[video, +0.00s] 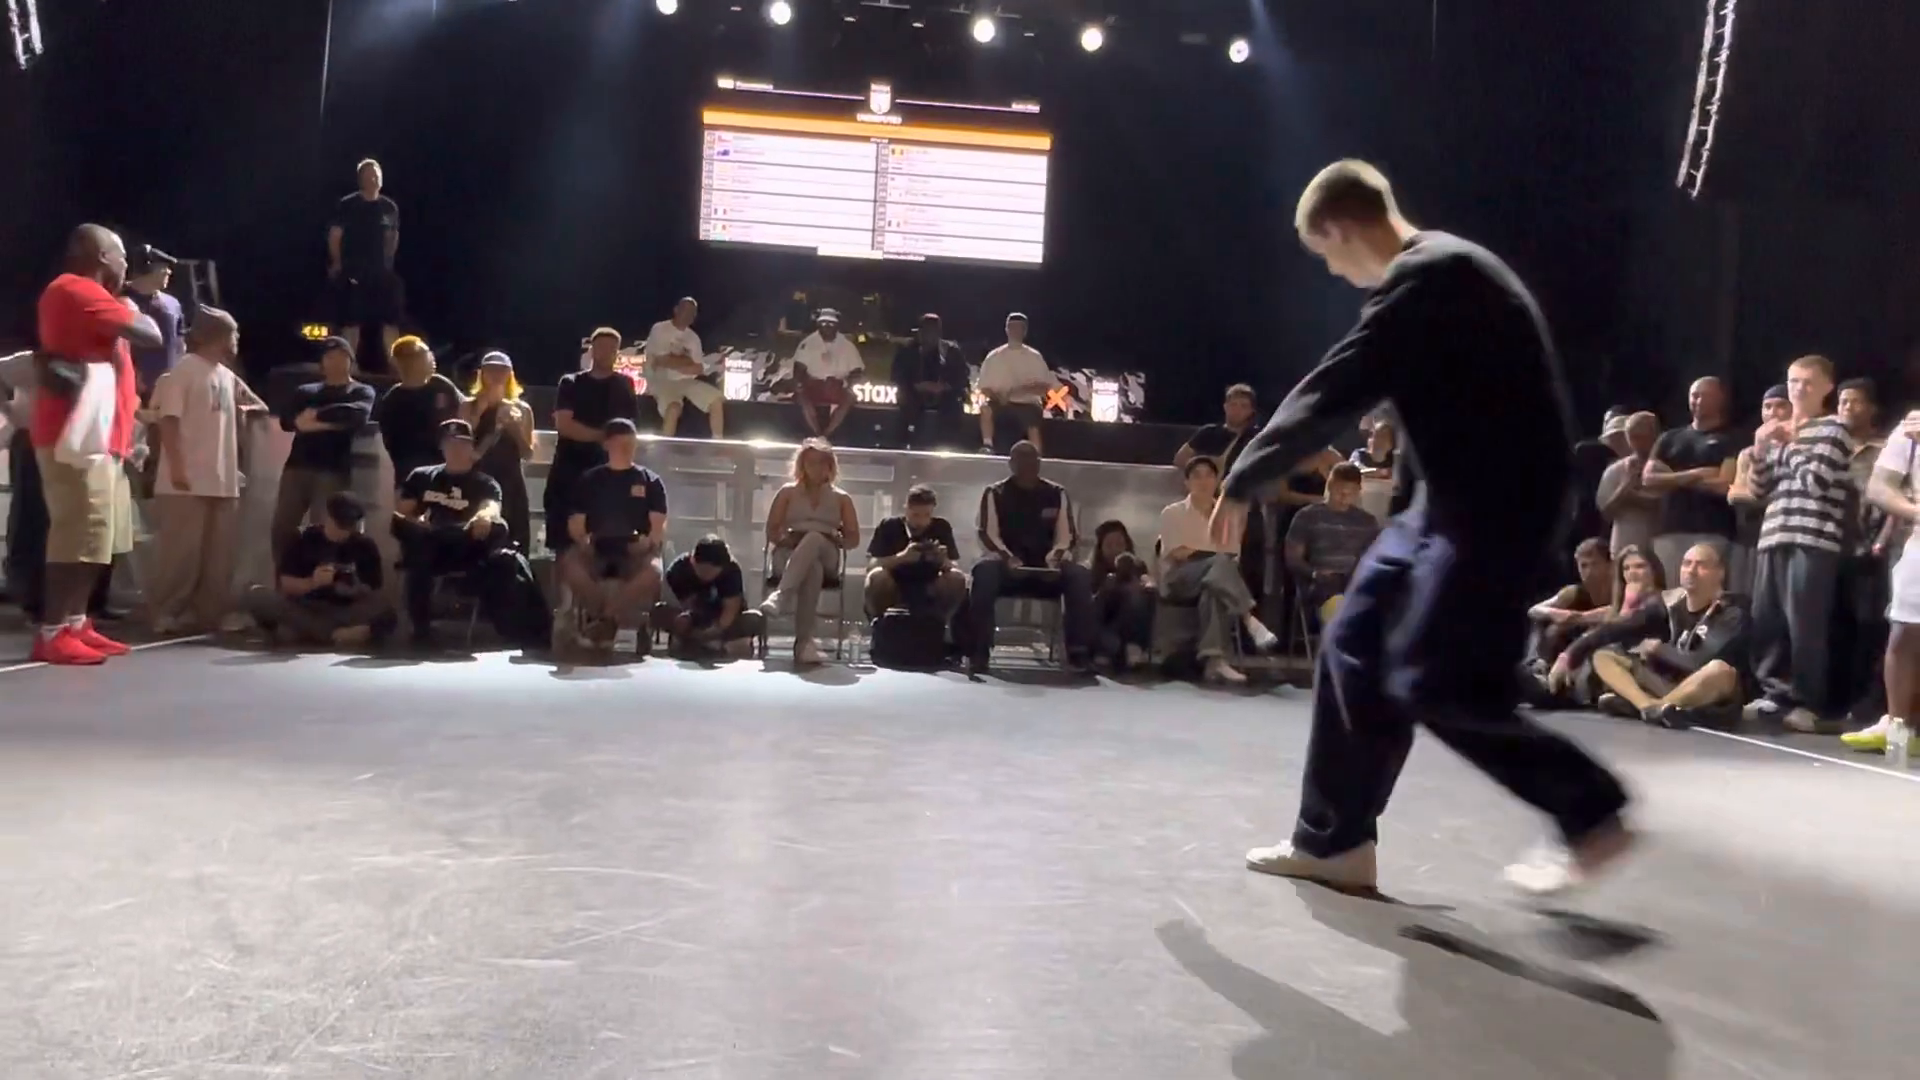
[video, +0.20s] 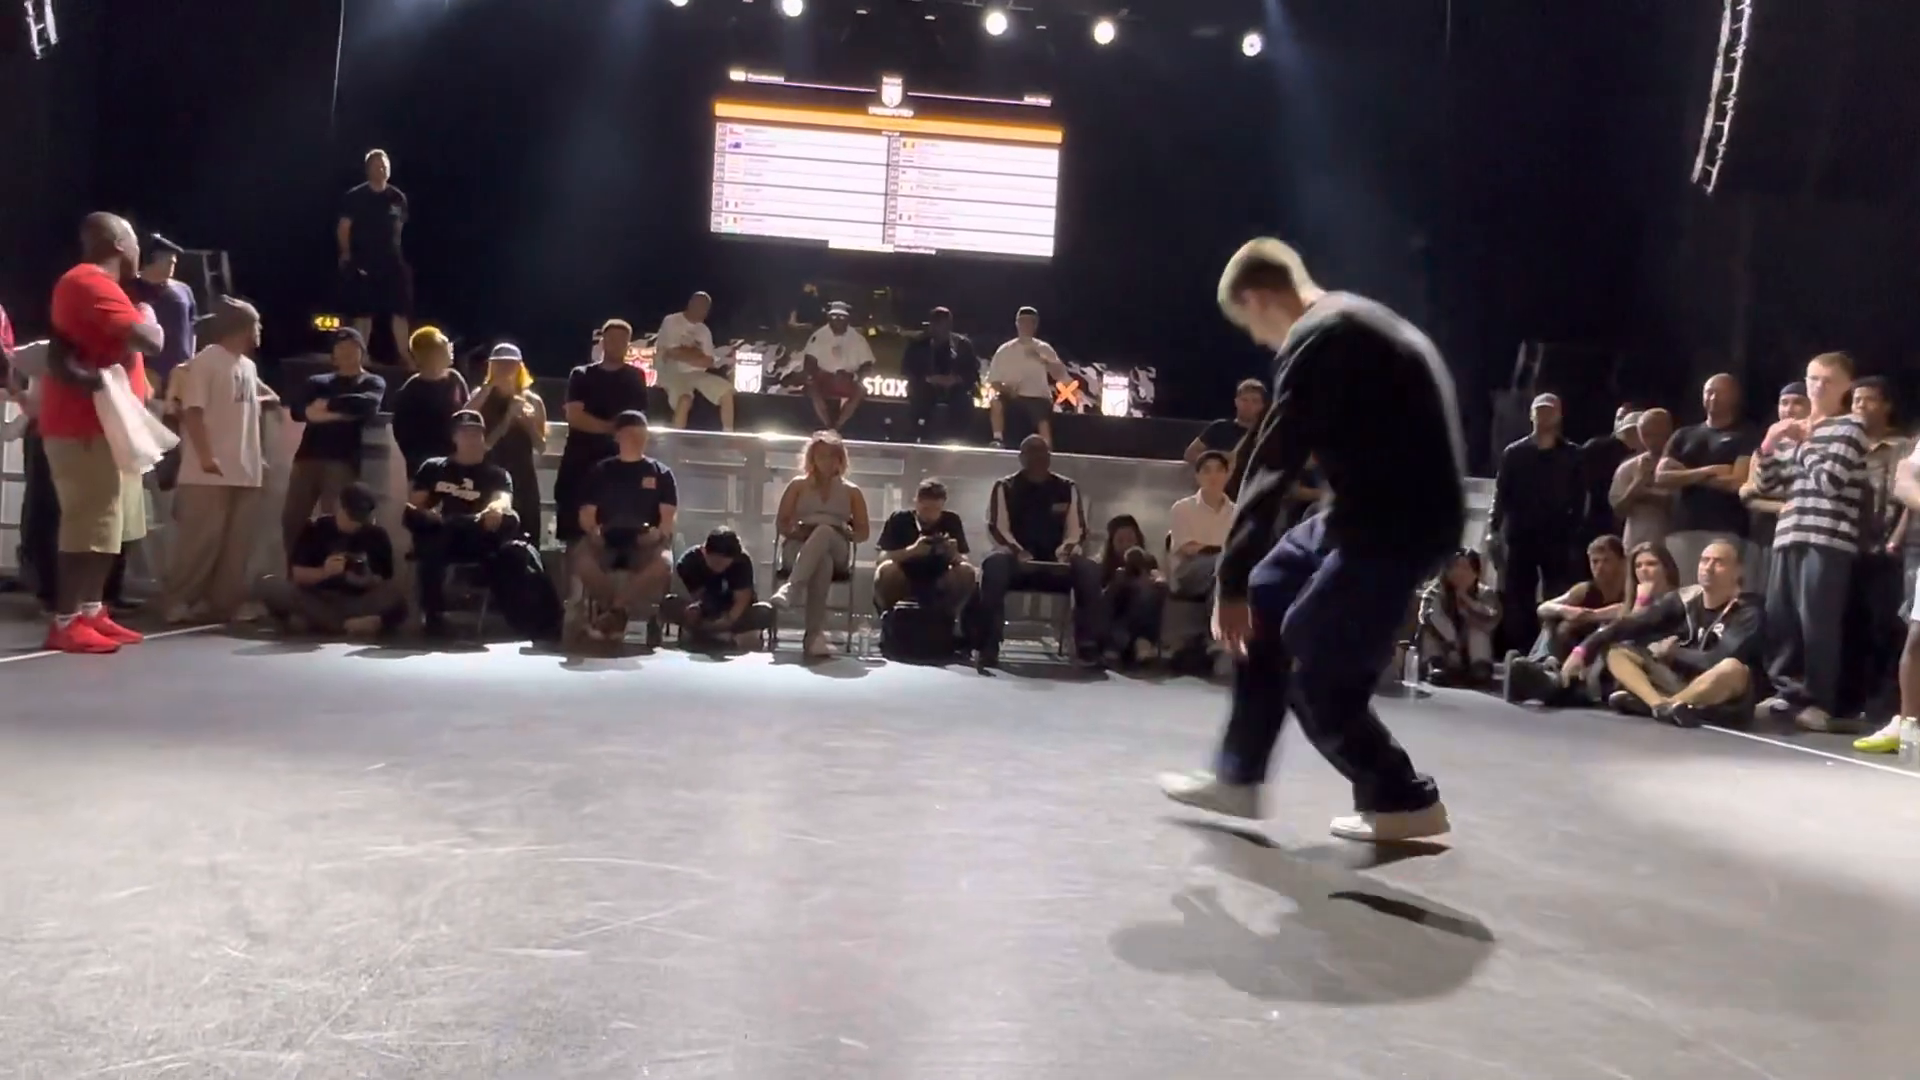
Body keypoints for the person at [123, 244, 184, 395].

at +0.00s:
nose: (169, 272)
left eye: (168, 268)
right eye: (164, 268)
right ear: (149, 269)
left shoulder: (173, 303)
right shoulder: (125, 302)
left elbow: (180, 342)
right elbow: (119, 344)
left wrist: (179, 374)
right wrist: (130, 377)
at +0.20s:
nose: (172, 266)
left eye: (174, 262)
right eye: (169, 261)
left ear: (175, 263)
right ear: (155, 260)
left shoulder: (184, 290)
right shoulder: (133, 289)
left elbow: (192, 326)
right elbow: (130, 328)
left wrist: (189, 356)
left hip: (180, 365)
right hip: (149, 367)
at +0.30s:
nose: (174, 260)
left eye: (176, 255)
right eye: (169, 255)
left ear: (179, 257)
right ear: (154, 255)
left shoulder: (189, 285)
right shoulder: (137, 286)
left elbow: (197, 323)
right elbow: (135, 328)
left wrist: (196, 354)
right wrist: (148, 368)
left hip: (187, 367)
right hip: (154, 368)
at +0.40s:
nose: (177, 252)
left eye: (179, 247)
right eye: (171, 247)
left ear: (182, 250)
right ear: (158, 250)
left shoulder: (194, 280)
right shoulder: (144, 281)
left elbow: (205, 314)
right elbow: (141, 321)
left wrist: (206, 344)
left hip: (195, 355)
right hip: (163, 360)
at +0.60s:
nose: (182, 245)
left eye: (185, 240)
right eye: (177, 240)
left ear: (190, 243)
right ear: (167, 242)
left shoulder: (205, 273)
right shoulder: (155, 274)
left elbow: (218, 306)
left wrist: (218, 342)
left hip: (204, 349)